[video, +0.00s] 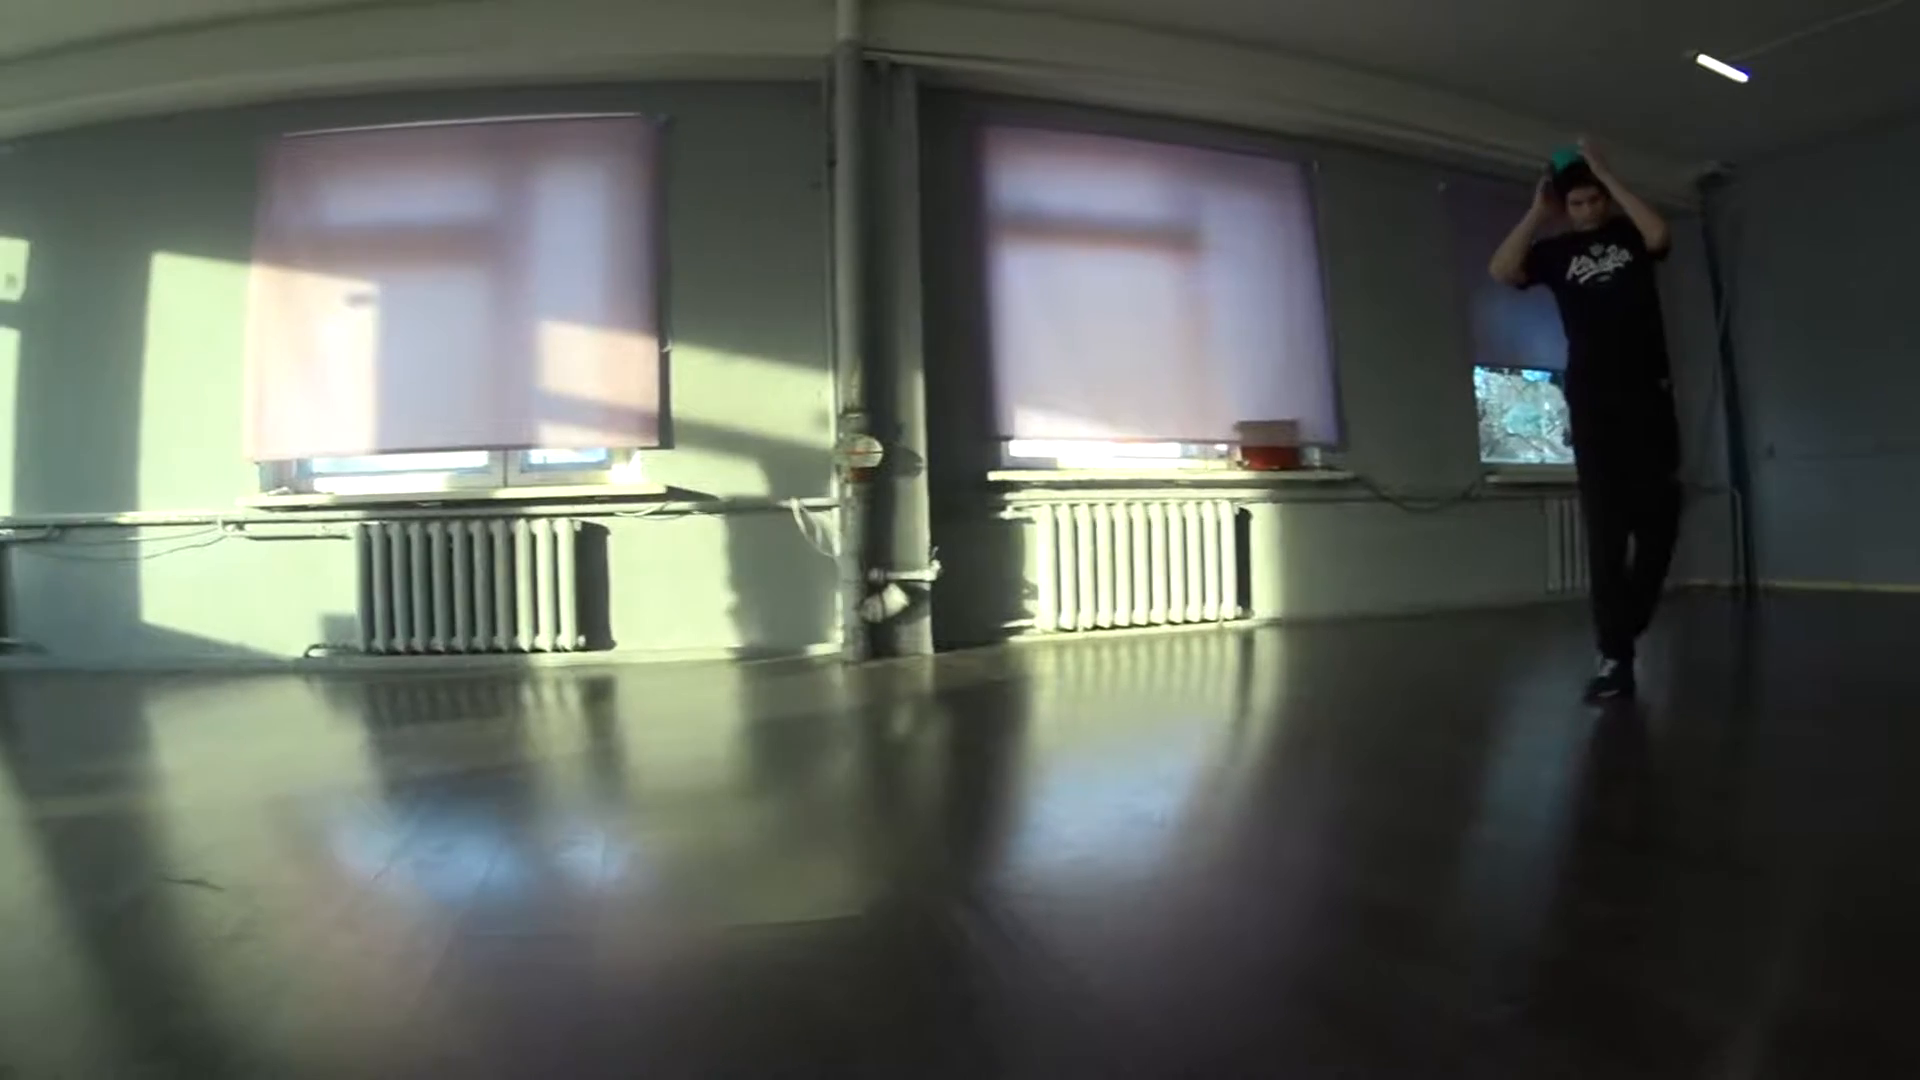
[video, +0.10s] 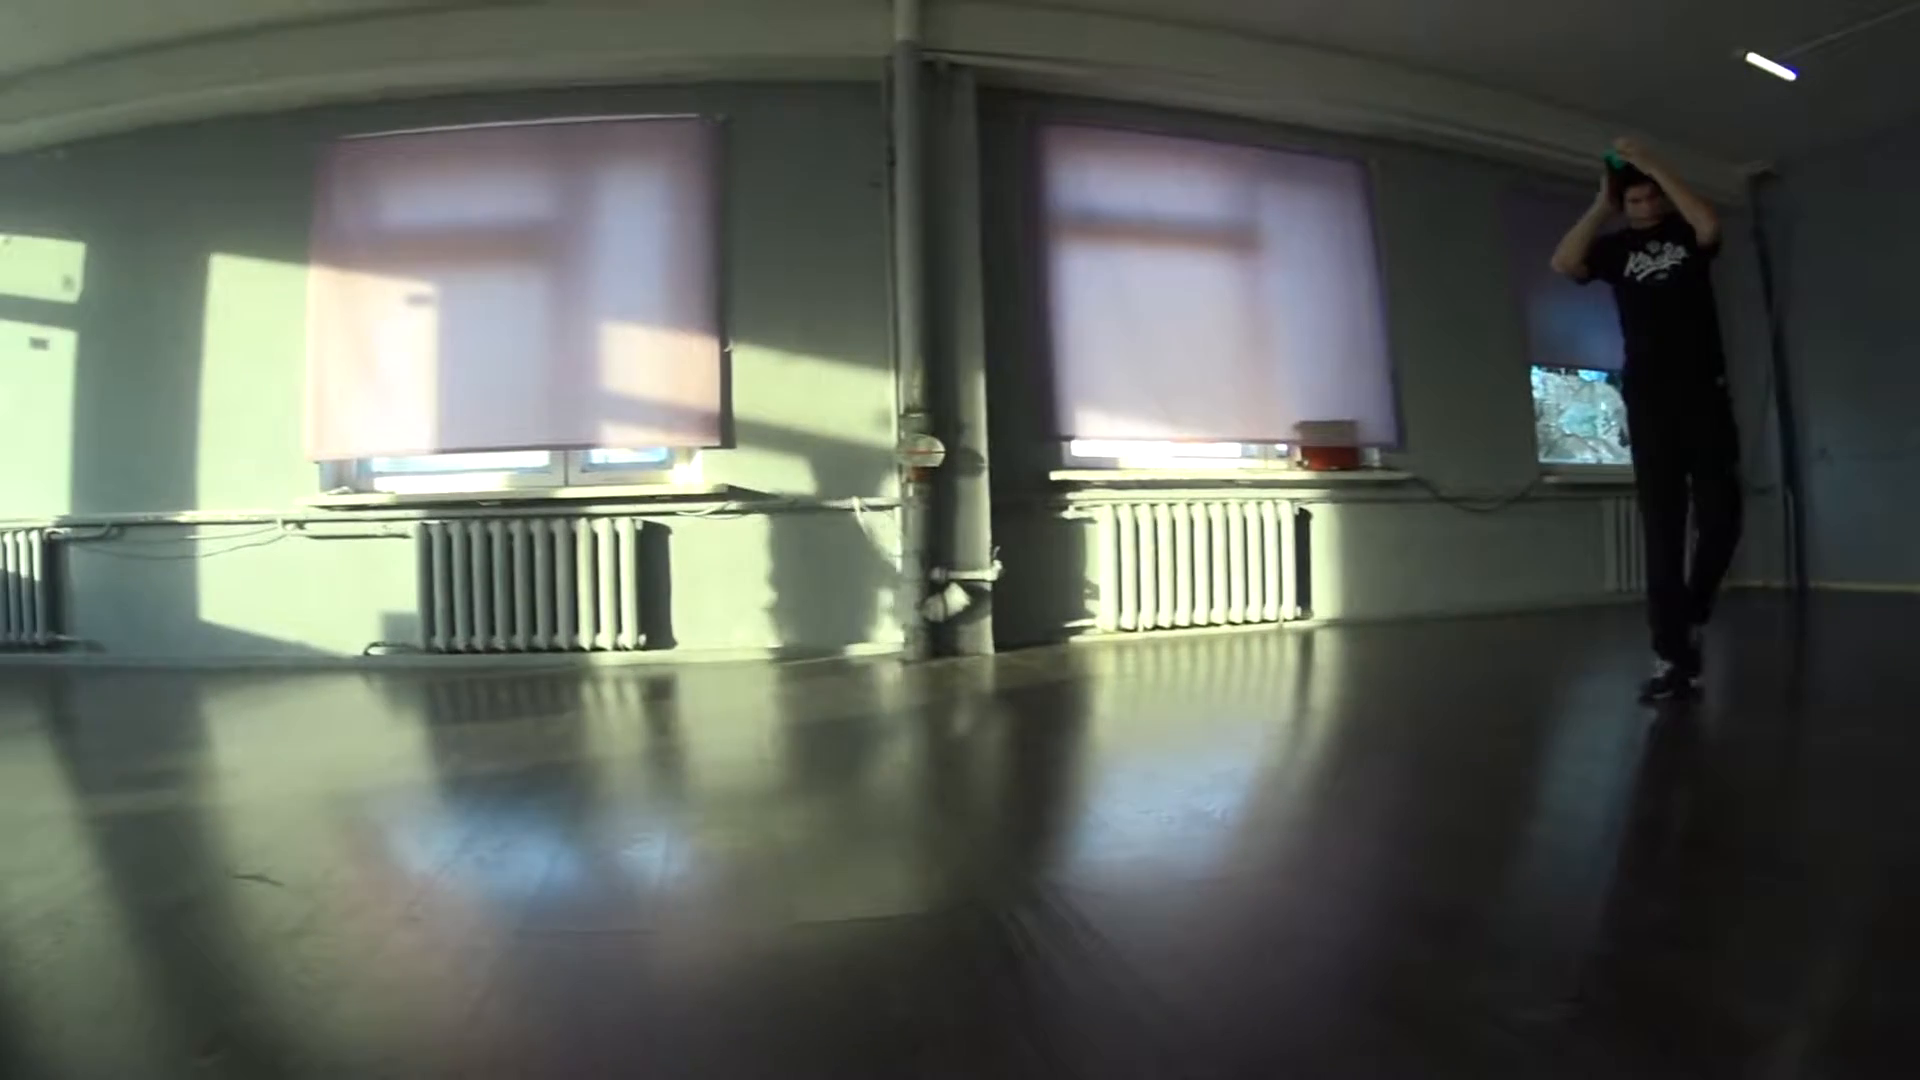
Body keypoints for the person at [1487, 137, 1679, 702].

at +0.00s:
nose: (1584, 206)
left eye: (1592, 196)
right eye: (1574, 199)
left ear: (1608, 198)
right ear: (1562, 206)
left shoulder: (1633, 238)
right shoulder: (1557, 254)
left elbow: (1658, 237)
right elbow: (1503, 270)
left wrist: (1607, 174)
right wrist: (1536, 214)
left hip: (1647, 398)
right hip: (1593, 404)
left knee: (1658, 522)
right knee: (1605, 529)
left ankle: (1626, 634)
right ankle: (1613, 656)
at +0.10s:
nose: (1642, 204)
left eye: (1651, 195)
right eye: (1632, 197)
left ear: (1666, 199)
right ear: (1622, 206)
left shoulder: (1691, 238)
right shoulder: (1616, 250)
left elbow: (1706, 226)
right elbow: (1565, 263)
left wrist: (1652, 164)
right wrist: (1601, 206)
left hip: (1703, 395)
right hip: (1648, 401)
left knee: (1721, 514)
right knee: (1662, 526)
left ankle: (1693, 618)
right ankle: (1673, 656)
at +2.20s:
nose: (1836, 220)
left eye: (1835, 209)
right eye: (1834, 210)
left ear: (1847, 204)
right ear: (1870, 192)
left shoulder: (1885, 226)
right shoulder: (1891, 225)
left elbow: (1835, 257)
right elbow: (1859, 280)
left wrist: (1822, 204)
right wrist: (1837, 210)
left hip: (1900, 402)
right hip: (1896, 400)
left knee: (1889, 520)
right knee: (1893, 520)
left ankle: (1917, 656)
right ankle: (1914, 656)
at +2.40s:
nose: (1843, 206)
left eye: (1844, 195)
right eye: (1842, 195)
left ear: (1855, 190)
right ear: (1878, 182)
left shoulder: (1892, 217)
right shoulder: (1892, 220)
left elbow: (1841, 248)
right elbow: (1864, 275)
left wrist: (1830, 195)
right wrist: (1842, 205)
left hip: (1904, 391)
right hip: (1899, 389)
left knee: (1906, 520)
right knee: (1905, 520)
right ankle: (1919, 655)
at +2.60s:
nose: (1784, 196)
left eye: (1785, 184)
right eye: (1781, 187)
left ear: (1802, 183)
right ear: (1820, 175)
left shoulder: (1849, 213)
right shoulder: (1833, 225)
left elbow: (1793, 240)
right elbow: (1795, 283)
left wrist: (1777, 190)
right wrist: (1793, 225)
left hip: (1861, 386)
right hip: (1842, 387)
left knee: (1861, 519)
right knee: (1858, 520)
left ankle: (1885, 655)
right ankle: (1880, 655)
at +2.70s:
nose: (1769, 196)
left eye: (1771, 184)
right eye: (1764, 186)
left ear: (1791, 183)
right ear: (1801, 185)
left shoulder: (1841, 215)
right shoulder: (1816, 238)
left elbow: (1785, 229)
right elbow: (1766, 280)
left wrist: (1765, 185)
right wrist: (1770, 223)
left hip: (1847, 386)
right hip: (1823, 389)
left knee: (1845, 518)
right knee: (1838, 520)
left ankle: (1910, 624)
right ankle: (1864, 653)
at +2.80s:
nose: (1768, 199)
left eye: (1771, 189)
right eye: (1763, 191)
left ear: (1788, 183)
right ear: (1801, 180)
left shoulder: (1841, 214)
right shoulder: (1798, 240)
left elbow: (1793, 226)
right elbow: (1750, 272)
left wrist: (1767, 179)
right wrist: (1768, 213)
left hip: (1848, 386)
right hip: (1816, 390)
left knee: (1843, 519)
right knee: (1835, 522)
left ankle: (1913, 623)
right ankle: (1860, 654)